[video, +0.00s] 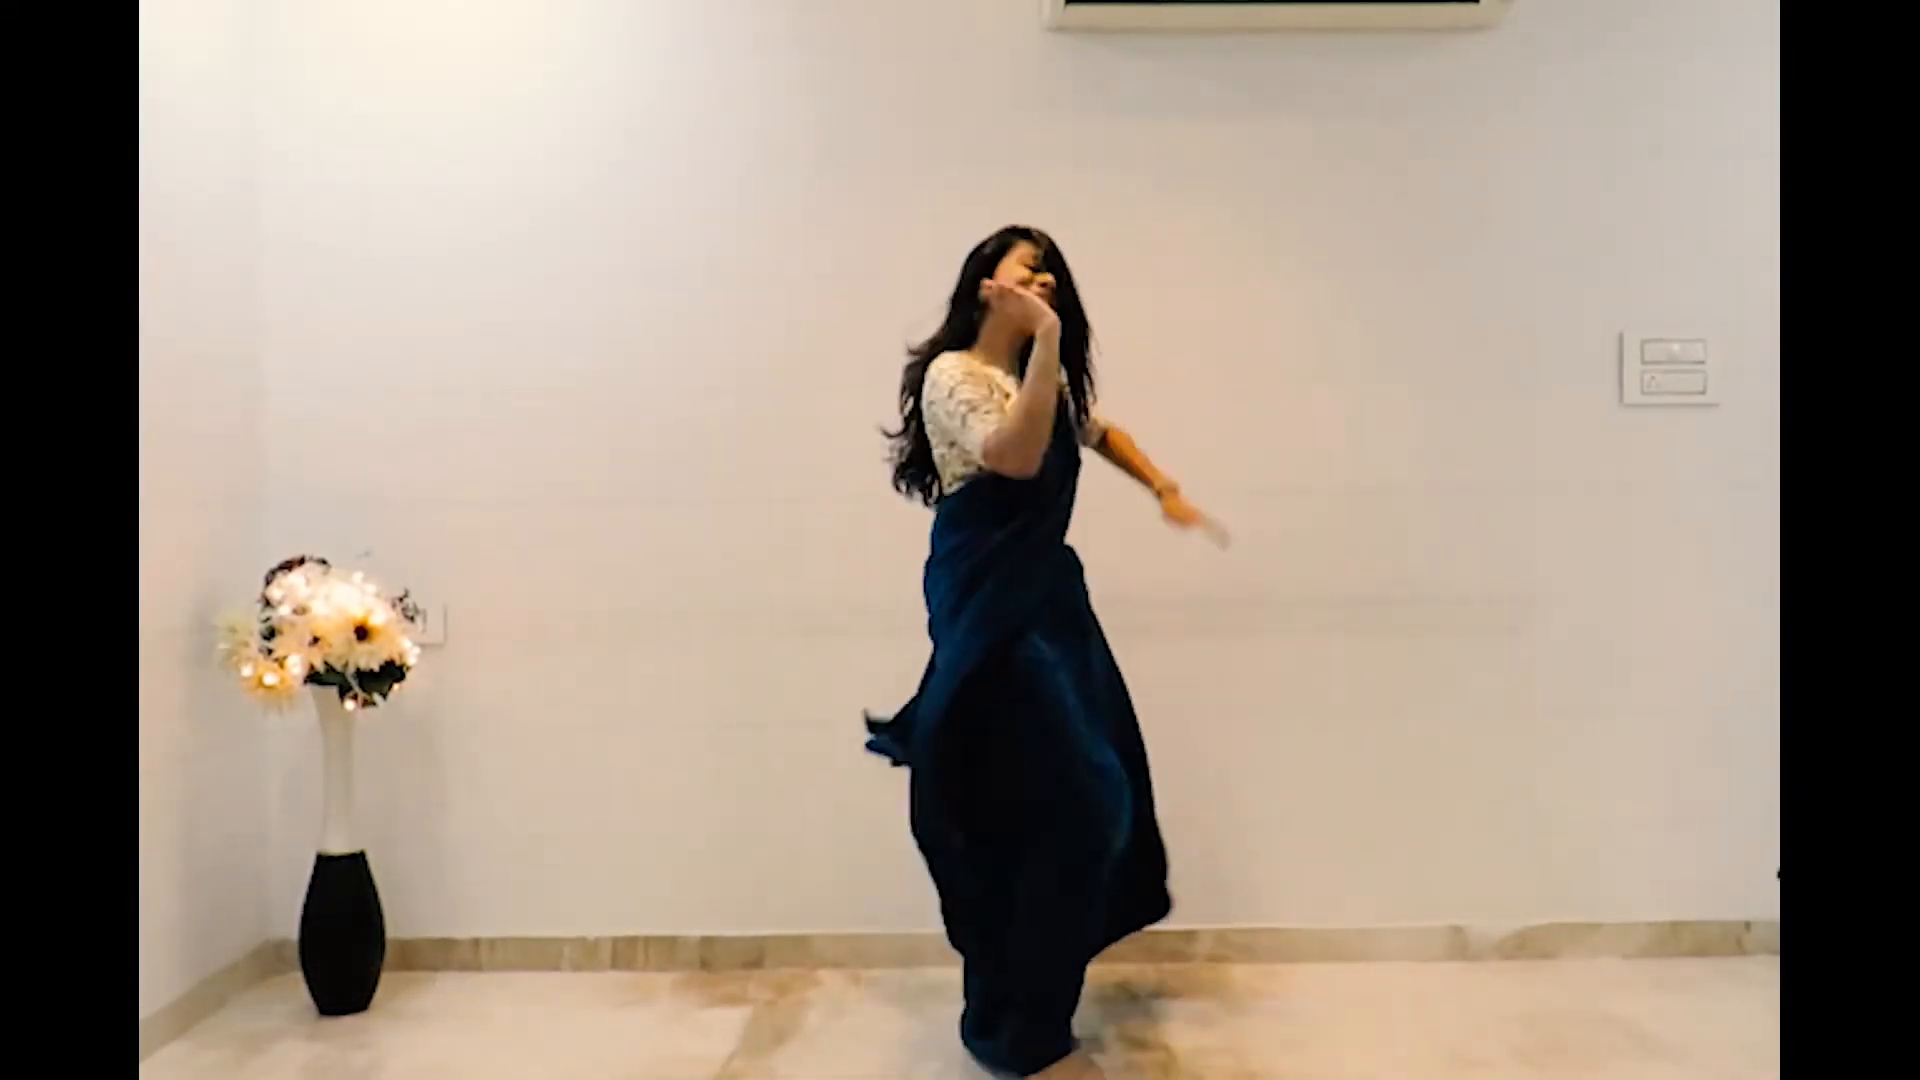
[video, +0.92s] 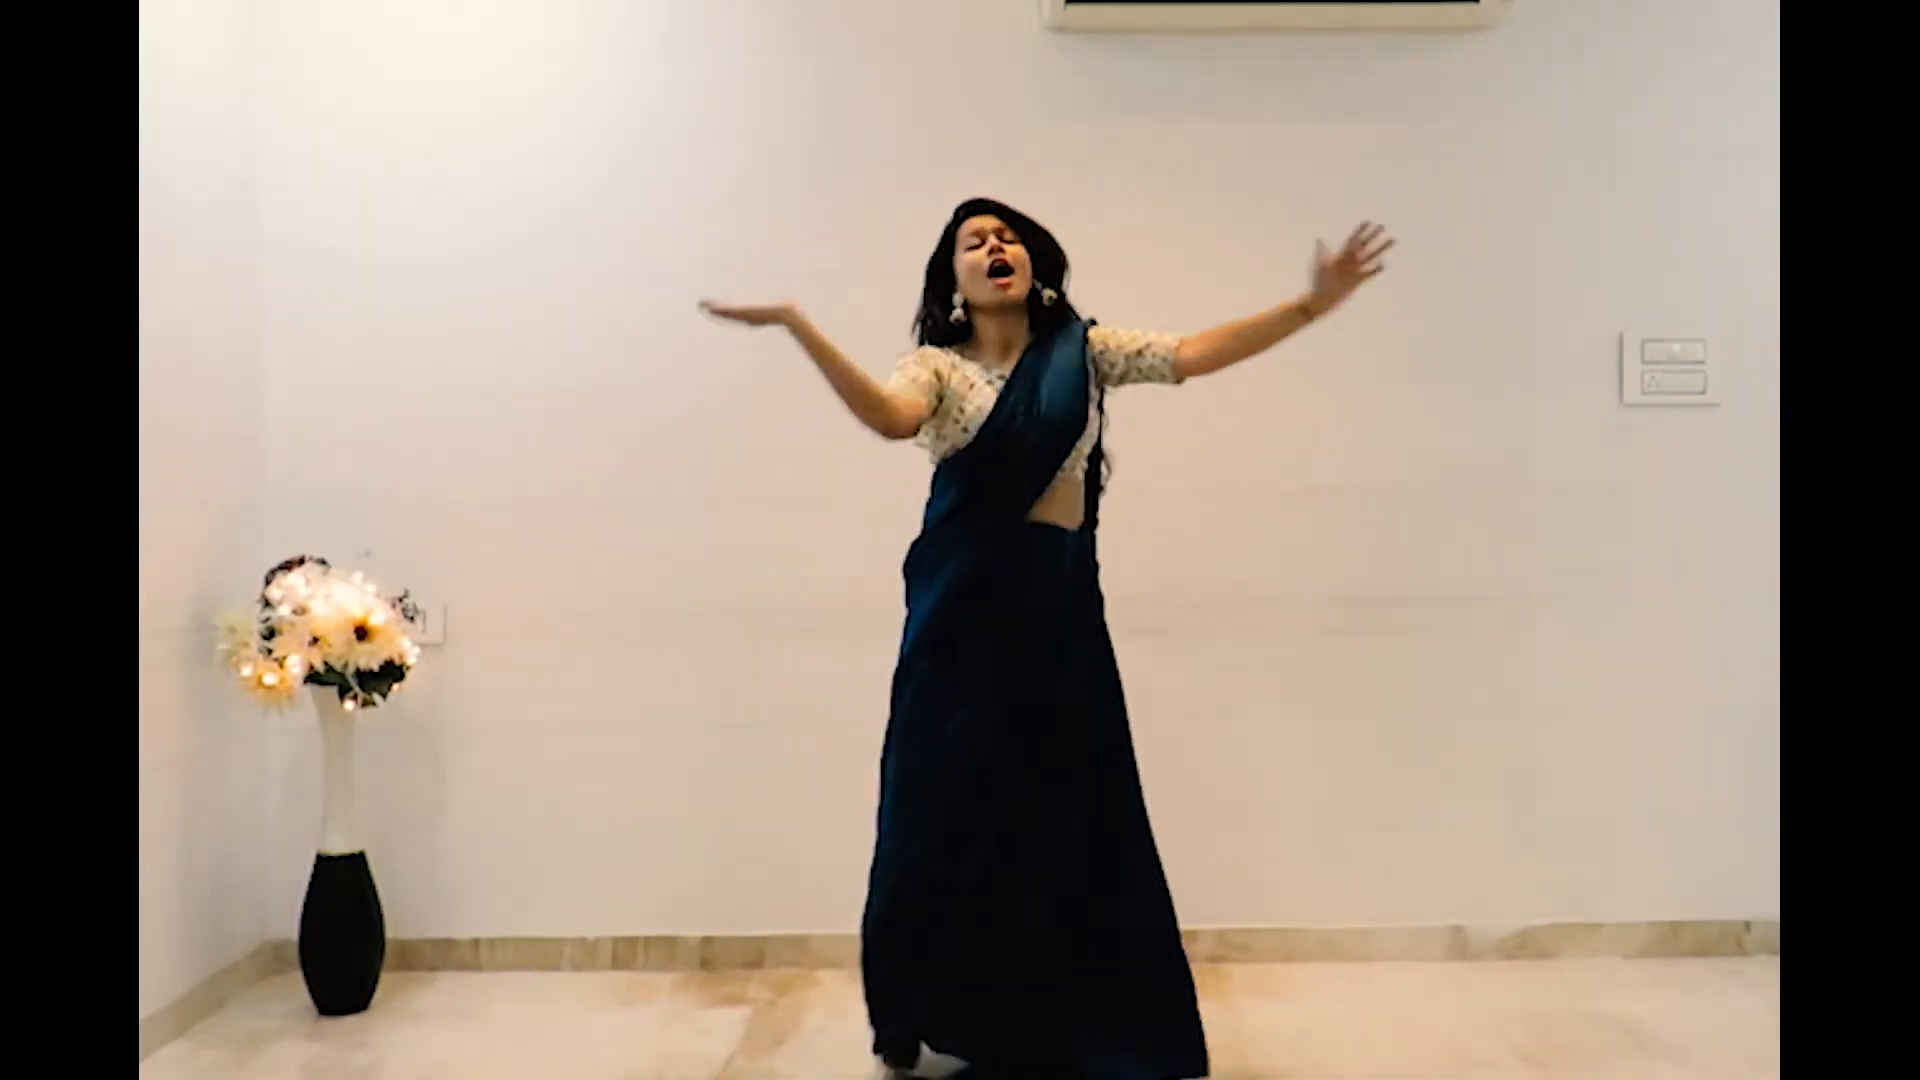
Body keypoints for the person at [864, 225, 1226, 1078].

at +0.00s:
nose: (1042, 283)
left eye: (1052, 277)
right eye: (1025, 269)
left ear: (1055, 307)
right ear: (981, 287)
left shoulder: (1046, 378)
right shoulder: (950, 377)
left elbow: (1097, 430)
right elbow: (1015, 455)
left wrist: (1162, 484)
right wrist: (1045, 343)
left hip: (1052, 605)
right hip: (986, 613)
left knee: (1092, 789)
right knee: (1066, 792)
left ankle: (1028, 995)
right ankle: (1018, 1021)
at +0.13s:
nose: (1017, 269)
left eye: (1005, 255)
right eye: (999, 257)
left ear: (961, 281)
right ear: (970, 275)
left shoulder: (974, 358)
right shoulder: (990, 350)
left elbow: (1085, 439)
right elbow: (1090, 461)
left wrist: (1184, 391)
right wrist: (1144, 364)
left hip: (1006, 612)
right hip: (1012, 616)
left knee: (1026, 813)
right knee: (1032, 815)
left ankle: (1007, 1023)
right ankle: (996, 1033)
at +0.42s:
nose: (978, 264)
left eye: (970, 252)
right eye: (955, 257)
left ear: (966, 285)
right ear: (917, 291)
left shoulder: (1016, 374)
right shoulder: (903, 360)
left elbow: (1121, 420)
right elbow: (994, 362)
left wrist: (1248, 411)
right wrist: (1121, 334)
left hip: (1018, 612)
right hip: (942, 620)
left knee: (1065, 811)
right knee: (979, 821)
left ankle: (1036, 1030)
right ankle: (932, 1036)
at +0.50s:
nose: (973, 255)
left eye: (975, 243)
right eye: (950, 244)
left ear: (993, 273)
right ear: (914, 277)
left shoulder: (1037, 364)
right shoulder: (901, 363)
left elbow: (1161, 390)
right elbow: (885, 272)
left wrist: (1294, 386)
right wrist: (1026, 261)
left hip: (1020, 608)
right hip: (930, 617)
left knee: (1060, 792)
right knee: (949, 819)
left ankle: (1028, 1006)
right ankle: (919, 1038)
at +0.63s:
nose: (977, 252)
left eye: (992, 243)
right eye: (957, 248)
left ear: (1021, 276)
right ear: (932, 290)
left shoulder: (1060, 373)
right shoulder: (904, 364)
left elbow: (1190, 404)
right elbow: (773, 325)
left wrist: (1322, 394)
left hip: (1031, 614)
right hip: (931, 613)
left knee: (1062, 805)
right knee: (913, 823)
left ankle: (1054, 1011)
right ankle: (905, 1044)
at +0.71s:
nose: (986, 276)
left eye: (1001, 267)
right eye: (966, 271)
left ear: (1032, 300)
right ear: (944, 314)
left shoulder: (1076, 397)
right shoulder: (911, 405)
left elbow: (1194, 438)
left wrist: (1325, 423)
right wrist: (806, 375)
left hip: (1035, 643)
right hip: (932, 639)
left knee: (1067, 831)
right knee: (911, 842)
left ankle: (1061, 1040)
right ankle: (902, 1046)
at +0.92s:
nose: (994, 250)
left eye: (1007, 240)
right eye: (975, 245)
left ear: (1038, 268)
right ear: (952, 282)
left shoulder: (1086, 348)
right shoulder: (938, 366)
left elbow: (1192, 354)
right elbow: (889, 416)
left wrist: (1311, 304)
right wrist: (797, 322)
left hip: (1059, 613)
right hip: (957, 613)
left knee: (1067, 813)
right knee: (941, 815)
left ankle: (1071, 1034)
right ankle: (916, 1026)